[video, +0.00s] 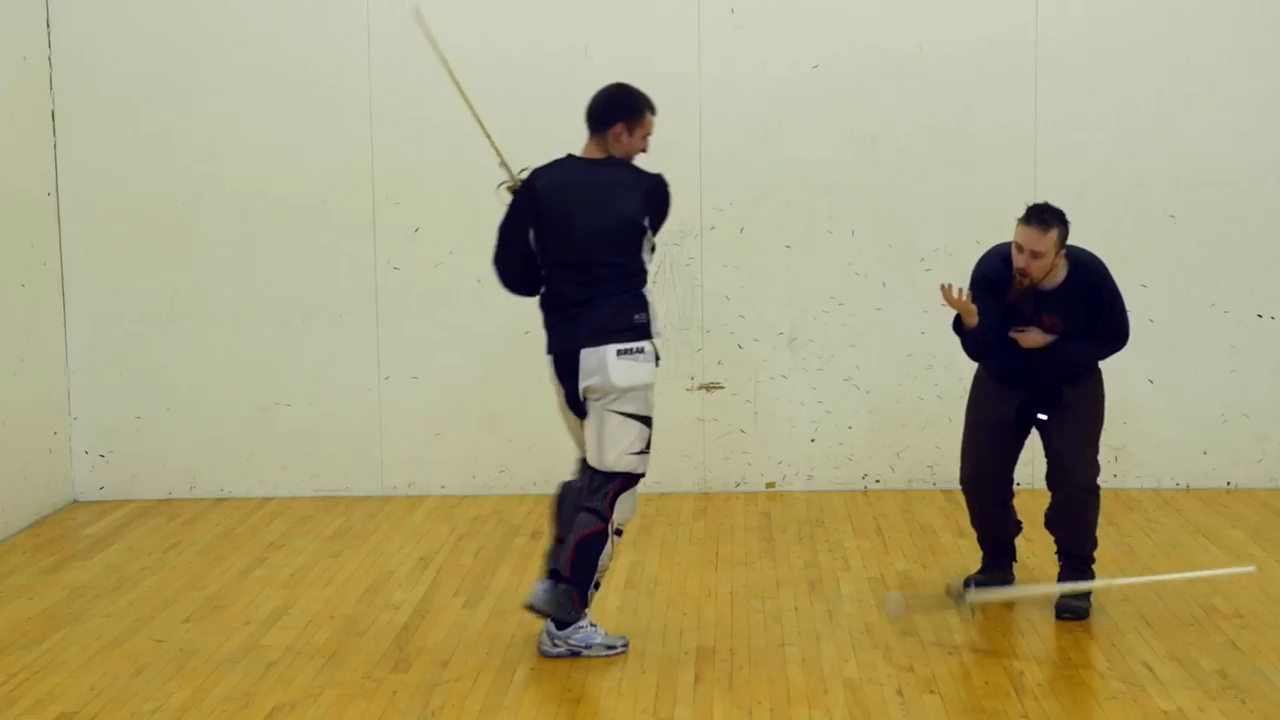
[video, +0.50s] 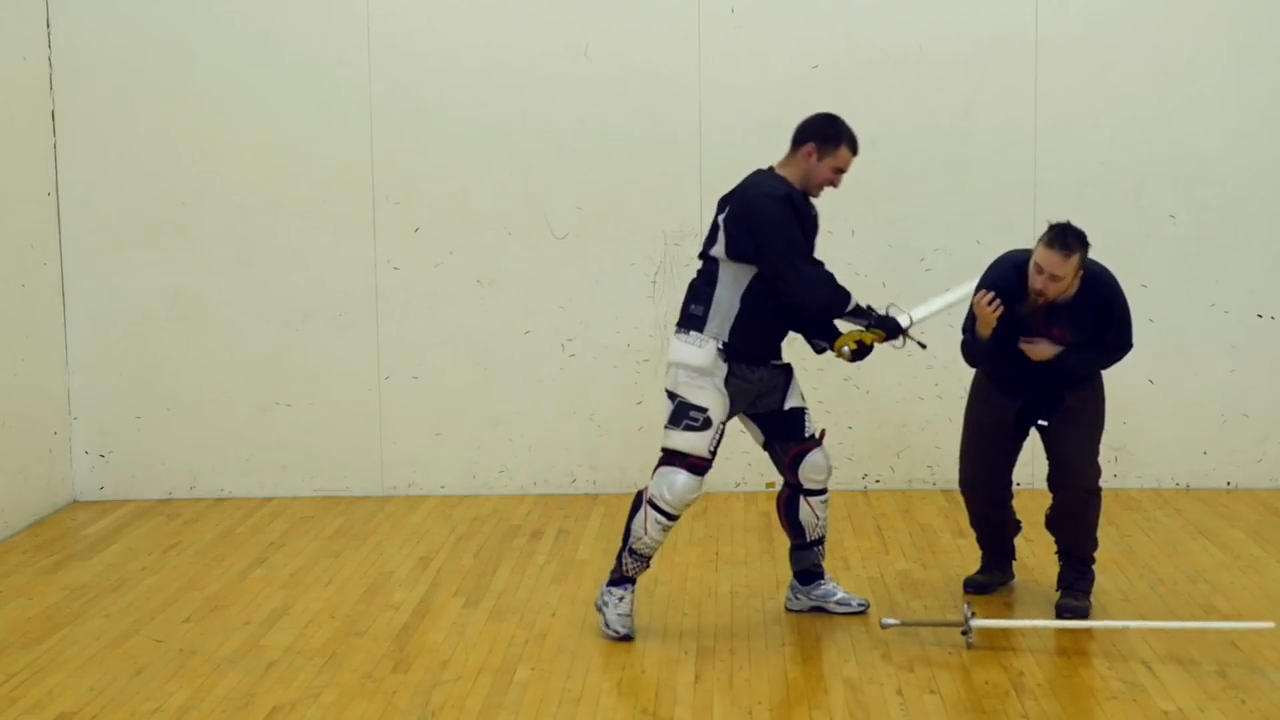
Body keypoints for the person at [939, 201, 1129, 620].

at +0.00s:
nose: (1023, 262)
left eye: (1035, 255)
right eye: (1019, 249)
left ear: (1061, 252)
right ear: (1013, 241)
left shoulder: (1090, 275)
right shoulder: (994, 268)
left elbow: (1115, 335)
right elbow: (979, 351)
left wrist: (1053, 343)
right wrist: (969, 324)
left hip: (1071, 384)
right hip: (1001, 380)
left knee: (1075, 480)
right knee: (981, 475)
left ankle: (1075, 577)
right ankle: (997, 565)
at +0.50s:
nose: (1042, 284)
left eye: (1055, 279)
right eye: (1038, 271)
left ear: (1078, 276)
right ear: (1031, 257)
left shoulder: (1101, 290)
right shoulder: (1003, 275)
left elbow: (1119, 344)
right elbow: (973, 357)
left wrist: (1060, 354)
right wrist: (980, 334)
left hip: (1073, 388)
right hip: (1002, 380)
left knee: (1077, 480)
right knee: (979, 476)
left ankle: (1075, 582)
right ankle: (996, 562)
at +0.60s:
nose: (1049, 320)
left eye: (1060, 317)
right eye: (1046, 309)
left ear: (1082, 306)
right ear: (1041, 285)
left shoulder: (1109, 303)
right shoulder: (1012, 282)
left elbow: (1121, 356)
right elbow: (961, 358)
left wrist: (1092, 378)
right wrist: (974, 336)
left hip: (1076, 397)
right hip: (1004, 386)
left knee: (1079, 483)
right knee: (977, 477)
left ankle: (1075, 582)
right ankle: (994, 561)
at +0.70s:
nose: (1059, 358)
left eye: (1068, 355)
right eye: (1053, 350)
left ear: (1091, 330)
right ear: (1042, 319)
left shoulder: (1114, 311)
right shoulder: (1013, 306)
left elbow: (1141, 359)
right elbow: (952, 360)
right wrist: (969, 340)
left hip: (1081, 405)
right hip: (1008, 398)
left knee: (1088, 492)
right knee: (977, 490)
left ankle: (1076, 584)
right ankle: (971, 532)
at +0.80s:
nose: (1071, 375)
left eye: (1079, 368)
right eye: (1063, 368)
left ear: (1094, 342)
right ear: (1047, 348)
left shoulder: (1120, 344)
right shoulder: (1016, 341)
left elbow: (1165, 393)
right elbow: (948, 383)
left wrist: (1186, 385)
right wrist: (975, 348)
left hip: (1085, 433)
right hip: (1013, 429)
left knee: (1094, 501)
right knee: (987, 530)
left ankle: (1075, 587)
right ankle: (965, 538)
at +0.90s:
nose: (1079, 406)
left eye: (1087, 396)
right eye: (1068, 397)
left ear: (1099, 379)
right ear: (1051, 382)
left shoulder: (1118, 391)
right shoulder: (1022, 385)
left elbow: (1182, 443)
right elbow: (955, 439)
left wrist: (1196, 424)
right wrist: (993, 416)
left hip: (1083, 477)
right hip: (1015, 479)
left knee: (1108, 506)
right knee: (986, 580)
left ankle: (1074, 588)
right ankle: (966, 534)